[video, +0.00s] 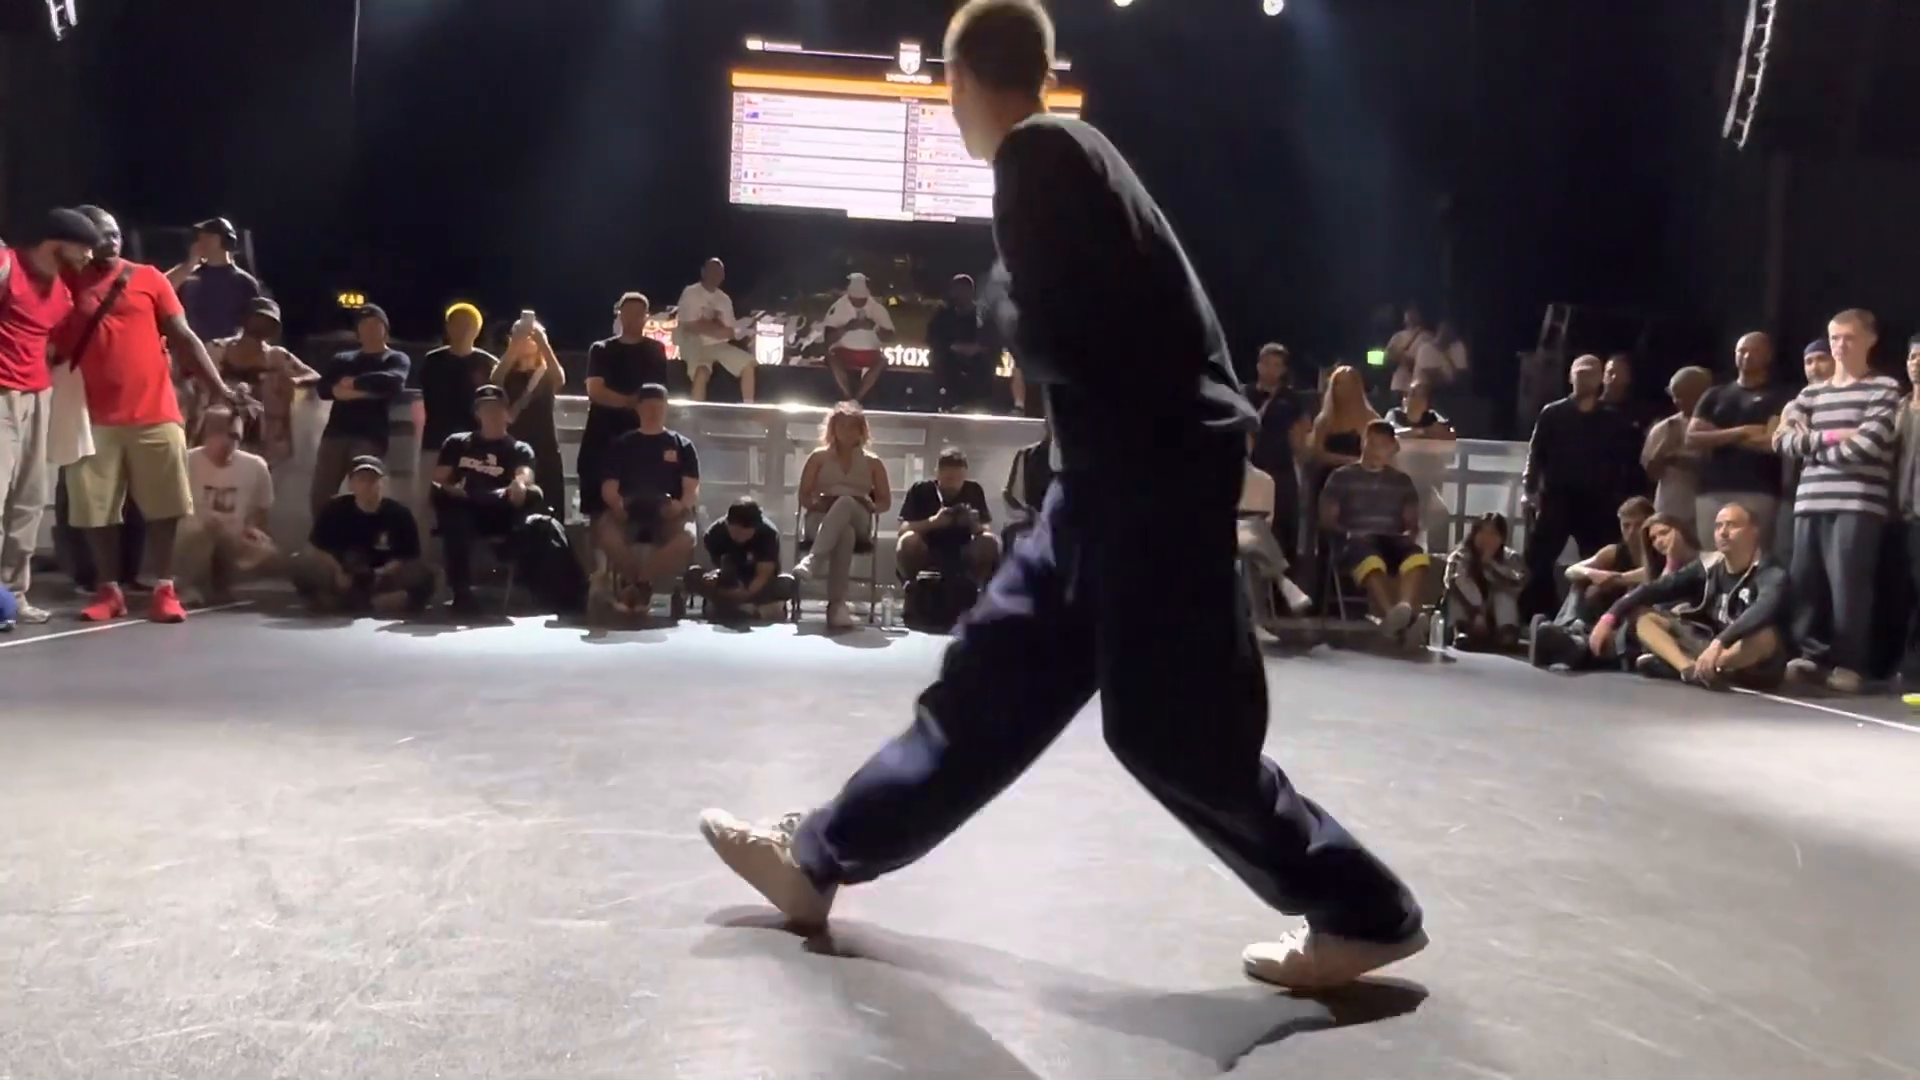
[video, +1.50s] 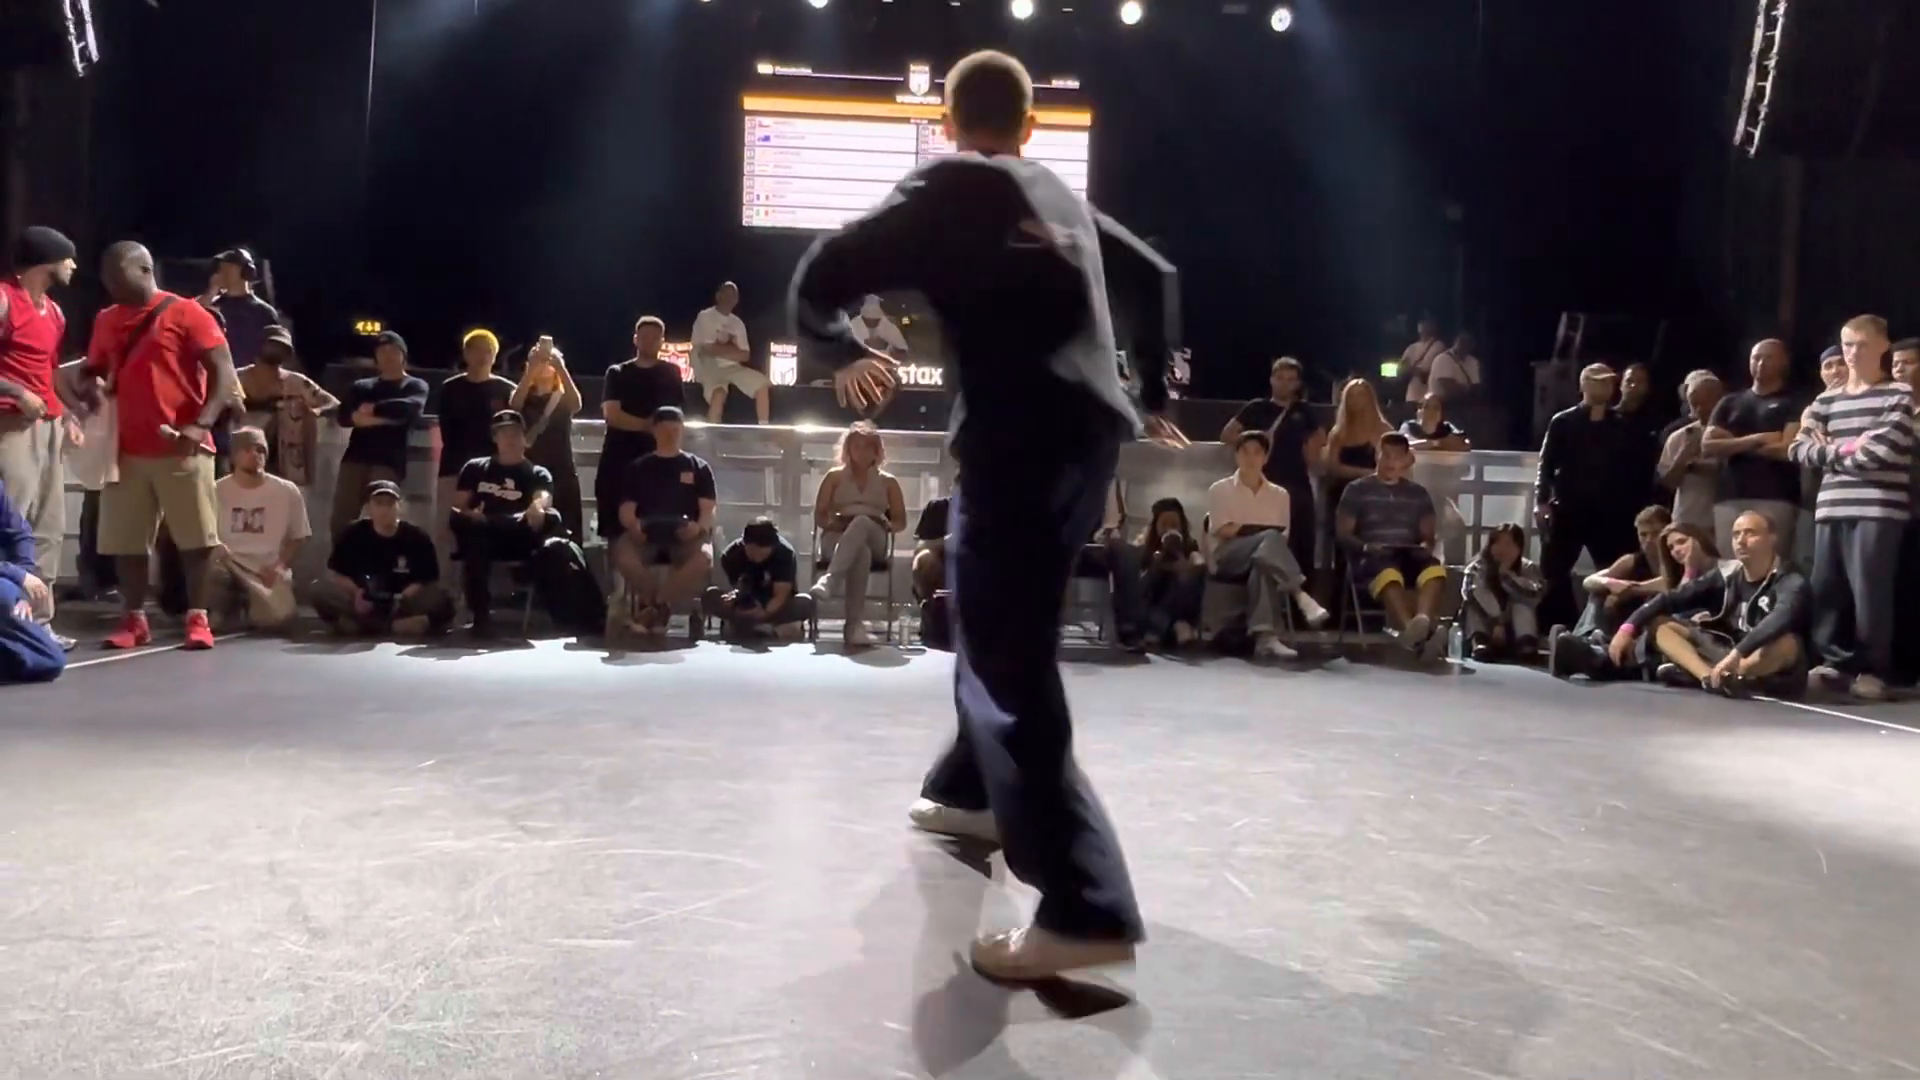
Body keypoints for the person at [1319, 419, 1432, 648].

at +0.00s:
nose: (1376, 450)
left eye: (1383, 445)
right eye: (1373, 444)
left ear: (1393, 449)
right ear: (1364, 444)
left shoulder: (1402, 480)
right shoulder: (1341, 477)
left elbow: (1412, 524)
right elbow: (1327, 521)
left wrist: (1406, 536)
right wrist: (1352, 535)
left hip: (1393, 537)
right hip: (1359, 536)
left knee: (1417, 558)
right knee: (1371, 563)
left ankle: (1403, 614)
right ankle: (1397, 622)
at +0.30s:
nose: (1380, 463)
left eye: (1387, 458)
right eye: (1376, 457)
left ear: (1397, 462)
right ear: (1368, 458)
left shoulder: (1407, 494)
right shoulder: (1347, 490)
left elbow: (1417, 537)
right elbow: (1332, 534)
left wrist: (1413, 549)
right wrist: (1357, 548)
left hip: (1400, 550)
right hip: (1366, 549)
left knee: (1424, 573)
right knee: (1379, 579)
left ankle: (1409, 627)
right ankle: (1403, 637)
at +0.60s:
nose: (1381, 463)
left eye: (1387, 458)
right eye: (1376, 457)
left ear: (1397, 461)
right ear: (1368, 458)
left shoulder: (1408, 494)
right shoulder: (1347, 490)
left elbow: (1418, 537)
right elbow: (1333, 534)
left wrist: (1414, 548)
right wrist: (1357, 548)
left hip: (1400, 551)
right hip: (1367, 549)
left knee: (1425, 572)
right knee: (1379, 578)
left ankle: (1410, 628)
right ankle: (1405, 637)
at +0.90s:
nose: (1382, 463)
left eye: (1389, 457)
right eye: (1378, 456)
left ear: (1400, 461)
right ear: (1369, 458)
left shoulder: (1410, 494)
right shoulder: (1349, 490)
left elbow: (1421, 537)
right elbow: (1335, 534)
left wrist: (1416, 548)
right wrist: (1359, 548)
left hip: (1402, 551)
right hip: (1368, 550)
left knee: (1427, 572)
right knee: (1381, 578)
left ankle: (1412, 629)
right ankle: (1409, 638)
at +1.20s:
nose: (1385, 461)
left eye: (1392, 455)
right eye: (1380, 454)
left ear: (1403, 460)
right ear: (1373, 456)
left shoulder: (1414, 492)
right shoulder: (1352, 489)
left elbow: (1424, 534)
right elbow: (1338, 532)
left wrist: (1419, 546)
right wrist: (1362, 545)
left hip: (1405, 549)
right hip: (1372, 547)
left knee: (1430, 570)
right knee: (1385, 577)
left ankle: (1415, 628)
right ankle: (1411, 637)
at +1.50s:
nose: (1389, 462)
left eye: (1396, 457)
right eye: (1385, 455)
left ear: (1408, 461)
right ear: (1378, 457)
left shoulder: (1418, 493)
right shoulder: (1357, 490)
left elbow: (1428, 536)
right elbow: (1343, 533)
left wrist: (1424, 548)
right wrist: (1367, 547)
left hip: (1409, 551)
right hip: (1376, 549)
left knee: (1434, 571)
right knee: (1389, 577)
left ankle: (1420, 629)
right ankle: (1416, 637)